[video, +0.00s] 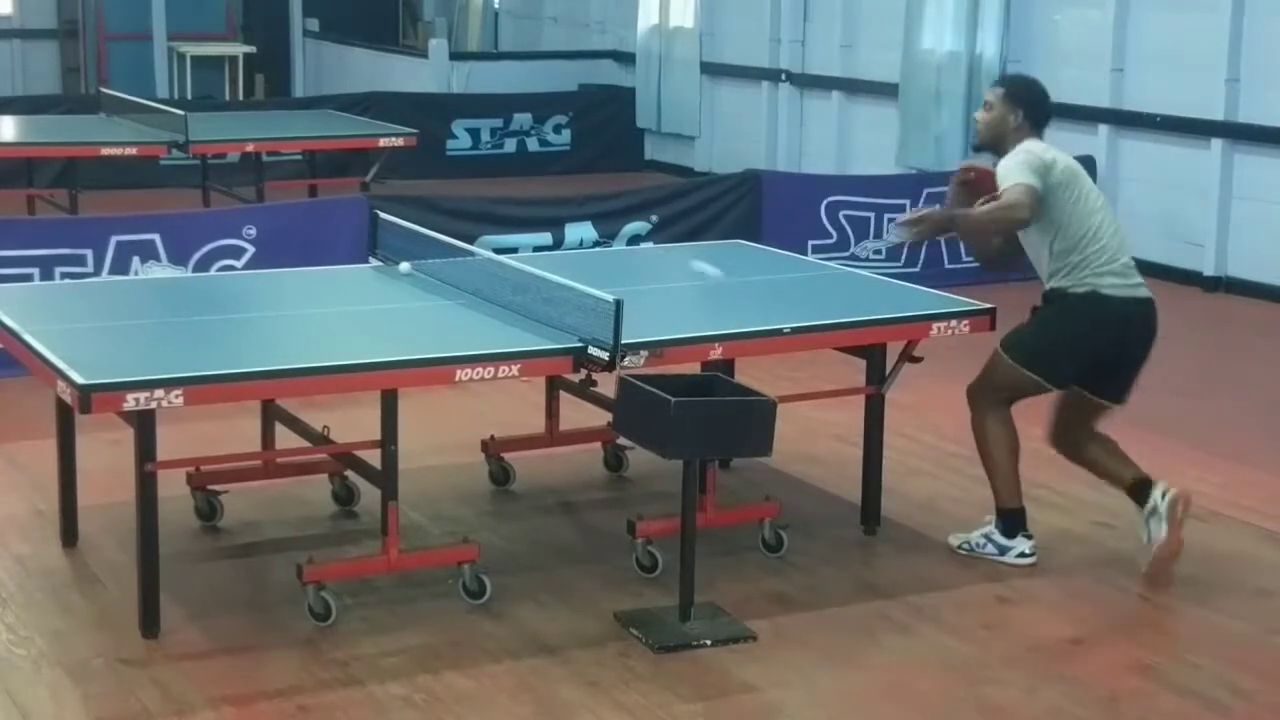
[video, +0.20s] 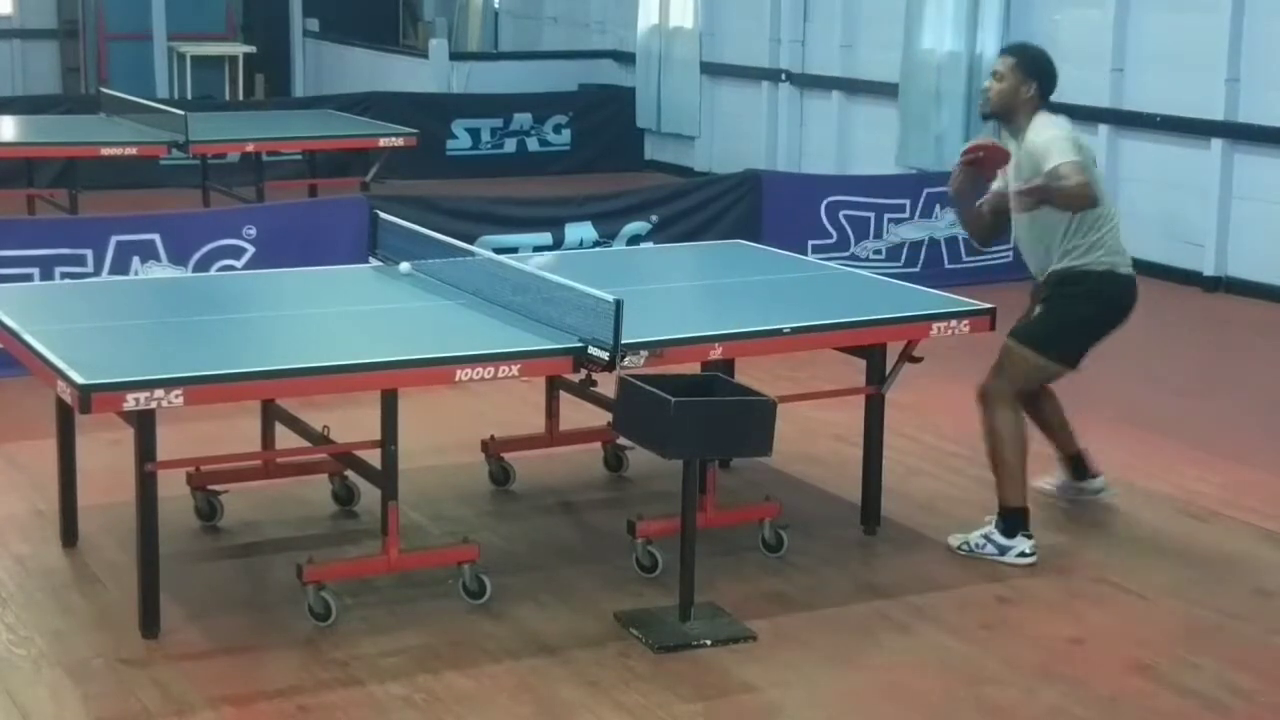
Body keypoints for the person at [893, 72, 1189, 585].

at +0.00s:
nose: (978, 116)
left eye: (987, 108)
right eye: (981, 107)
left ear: (1014, 116)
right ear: (1026, 121)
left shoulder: (1023, 157)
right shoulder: (1057, 167)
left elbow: (1019, 210)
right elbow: (990, 253)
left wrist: (945, 220)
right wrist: (964, 210)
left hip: (1086, 309)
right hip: (1135, 314)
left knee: (986, 396)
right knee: (1071, 432)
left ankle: (1010, 533)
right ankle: (1152, 498)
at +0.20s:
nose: (987, 85)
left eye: (998, 78)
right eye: (989, 77)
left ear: (1029, 89)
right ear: (1014, 90)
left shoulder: (1047, 132)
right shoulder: (1018, 153)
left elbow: (1084, 194)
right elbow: (984, 232)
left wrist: (1027, 196)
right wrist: (962, 198)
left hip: (1093, 280)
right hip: (1069, 280)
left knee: (997, 391)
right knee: (1022, 382)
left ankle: (1012, 529)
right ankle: (1081, 474)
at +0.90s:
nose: (1029, 114)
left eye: (1040, 105)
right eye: (1029, 105)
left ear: (1074, 108)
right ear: (1037, 106)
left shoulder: (1119, 151)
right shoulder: (1047, 160)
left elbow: (1171, 223)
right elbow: (1061, 234)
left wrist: (1095, 238)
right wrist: (1016, 234)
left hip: (1162, 271)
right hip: (1105, 275)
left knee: (1169, 382)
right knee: (1042, 354)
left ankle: (1246, 502)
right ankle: (1071, 439)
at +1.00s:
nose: (1035, 131)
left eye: (1046, 122)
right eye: (1035, 121)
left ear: (1079, 124)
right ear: (1044, 123)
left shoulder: (1126, 167)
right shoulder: (1055, 177)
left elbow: (1173, 242)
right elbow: (1069, 251)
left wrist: (1100, 254)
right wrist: (1026, 247)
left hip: (1171, 284)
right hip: (1114, 287)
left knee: (1171, 391)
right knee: (1046, 362)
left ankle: (1249, 506)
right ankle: (1072, 441)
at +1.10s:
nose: (1041, 134)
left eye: (1051, 125)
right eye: (1039, 124)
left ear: (1085, 127)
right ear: (1052, 128)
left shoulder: (1131, 172)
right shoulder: (1063, 180)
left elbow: (1180, 245)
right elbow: (1077, 252)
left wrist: (1103, 259)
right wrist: (1033, 251)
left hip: (1180, 283)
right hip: (1124, 287)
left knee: (1175, 390)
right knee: (1051, 361)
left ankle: (1249, 506)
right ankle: (1072, 441)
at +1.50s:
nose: (1080, 98)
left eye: (1091, 91)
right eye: (1081, 89)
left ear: (1125, 99)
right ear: (1092, 97)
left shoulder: (1167, 153)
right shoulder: (1086, 155)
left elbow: (1216, 227)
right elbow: (1083, 218)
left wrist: (1137, 245)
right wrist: (1044, 234)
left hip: (1183, 281)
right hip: (1124, 281)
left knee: (1171, 395)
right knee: (1070, 366)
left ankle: (1246, 503)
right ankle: (1071, 440)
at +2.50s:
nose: (1040, 39)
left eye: (1048, 25)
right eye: (1035, 28)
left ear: (1087, 17)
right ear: (1042, 28)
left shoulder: (1135, 87)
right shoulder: (1057, 87)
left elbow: (1162, 184)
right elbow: (1075, 176)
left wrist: (1062, 188)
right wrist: (1030, 203)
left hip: (1112, 263)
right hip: (1053, 261)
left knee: (1117, 397)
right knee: (1010, 386)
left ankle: (1136, 532)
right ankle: (1056, 515)